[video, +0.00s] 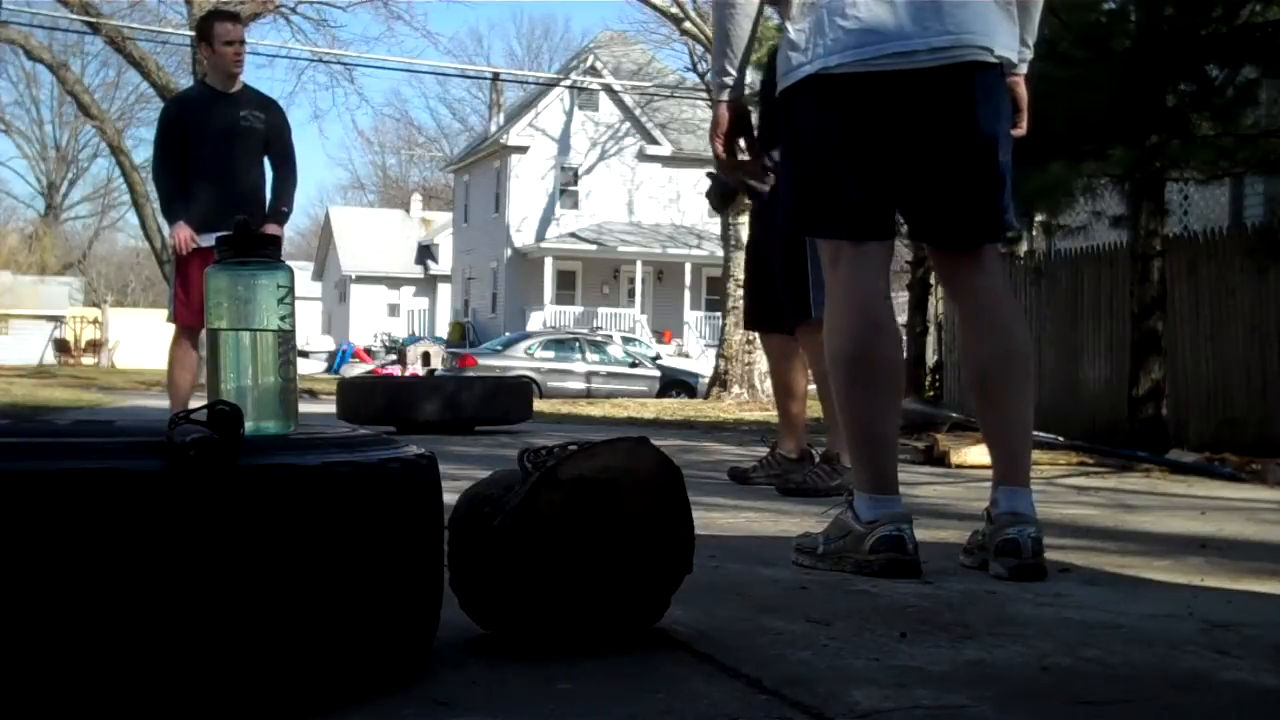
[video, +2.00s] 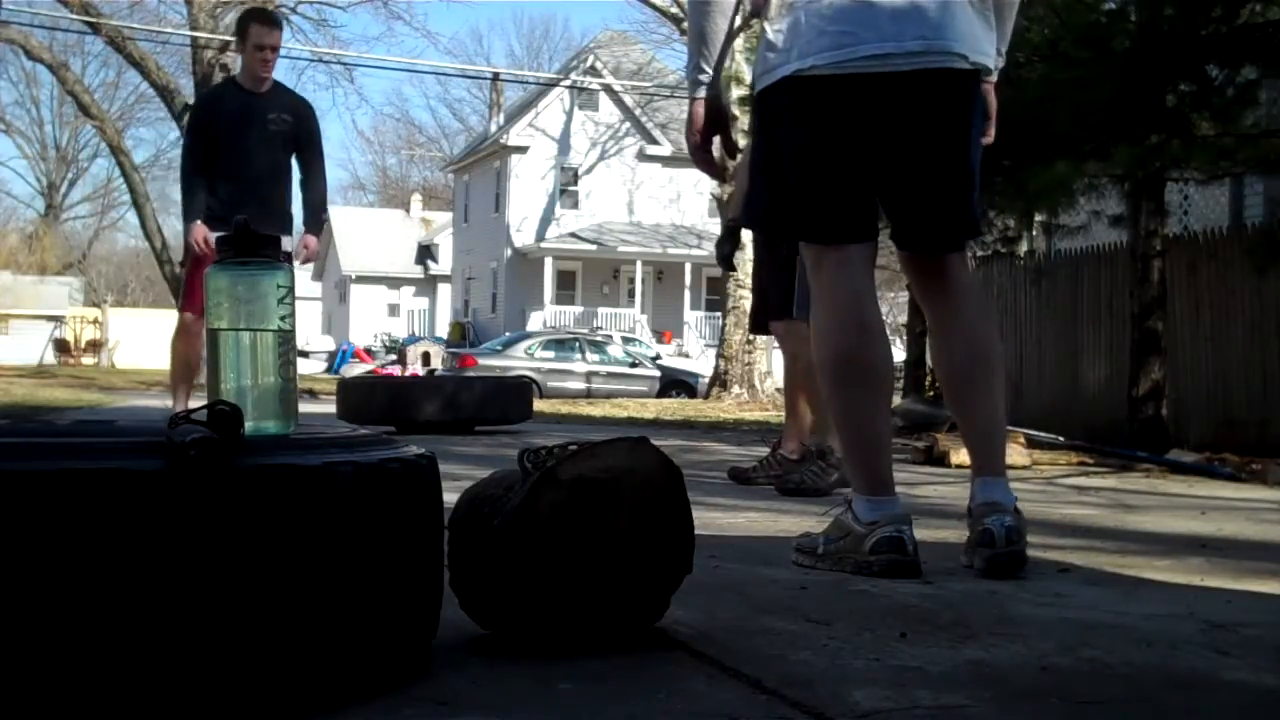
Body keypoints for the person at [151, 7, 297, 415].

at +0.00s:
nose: (239, 51)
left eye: (242, 44)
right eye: (229, 44)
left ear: (246, 47)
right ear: (205, 50)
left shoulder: (267, 109)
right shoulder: (179, 108)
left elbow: (285, 170)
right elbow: (163, 169)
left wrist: (276, 221)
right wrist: (176, 220)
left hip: (251, 239)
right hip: (196, 239)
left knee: (251, 334)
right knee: (189, 330)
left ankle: (249, 425)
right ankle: (178, 421)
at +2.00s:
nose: (268, 56)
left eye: (275, 48)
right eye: (260, 48)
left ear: (282, 49)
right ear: (240, 47)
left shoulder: (297, 108)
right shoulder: (210, 103)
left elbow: (313, 173)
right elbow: (192, 167)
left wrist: (313, 229)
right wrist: (194, 220)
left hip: (269, 235)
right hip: (214, 232)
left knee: (267, 329)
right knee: (192, 319)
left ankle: (266, 417)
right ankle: (180, 408)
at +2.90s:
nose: (207, 43)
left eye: (215, 37)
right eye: (199, 35)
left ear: (226, 42)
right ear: (186, 38)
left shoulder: (249, 102)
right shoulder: (159, 99)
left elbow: (265, 170)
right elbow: (140, 166)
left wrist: (265, 230)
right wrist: (139, 225)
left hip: (232, 232)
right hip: (175, 232)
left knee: (233, 331)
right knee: (172, 328)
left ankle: (232, 422)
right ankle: (170, 421)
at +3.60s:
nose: (201, 98)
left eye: (208, 90)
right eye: (192, 90)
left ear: (220, 93)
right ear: (179, 94)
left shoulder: (244, 144)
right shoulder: (160, 146)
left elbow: (284, 206)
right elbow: (124, 206)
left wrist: (254, 199)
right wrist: (145, 212)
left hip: (232, 260)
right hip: (178, 260)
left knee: (240, 337)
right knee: (160, 332)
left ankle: (238, 422)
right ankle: (170, 422)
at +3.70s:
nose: (208, 135)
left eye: (216, 127)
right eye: (199, 127)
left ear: (227, 129)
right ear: (186, 130)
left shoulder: (251, 176)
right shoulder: (167, 177)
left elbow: (291, 239)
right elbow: (128, 239)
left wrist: (257, 222)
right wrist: (156, 232)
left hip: (240, 277)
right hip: (183, 277)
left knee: (254, 336)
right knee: (162, 333)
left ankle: (246, 422)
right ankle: (170, 424)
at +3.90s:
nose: (219, 189)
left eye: (227, 180)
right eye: (211, 181)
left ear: (239, 181)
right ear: (198, 181)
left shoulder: (260, 220)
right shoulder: (178, 221)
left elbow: (294, 283)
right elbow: (140, 288)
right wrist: (177, 273)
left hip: (248, 295)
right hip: (194, 297)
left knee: (267, 337)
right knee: (163, 338)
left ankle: (258, 422)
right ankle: (172, 425)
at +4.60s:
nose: (227, 199)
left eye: (235, 191)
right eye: (219, 191)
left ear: (247, 193)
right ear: (207, 192)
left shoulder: (270, 231)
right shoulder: (184, 230)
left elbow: (295, 295)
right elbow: (148, 298)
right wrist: (181, 269)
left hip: (250, 303)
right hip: (194, 304)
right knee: (171, 343)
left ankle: (255, 423)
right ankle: (173, 425)